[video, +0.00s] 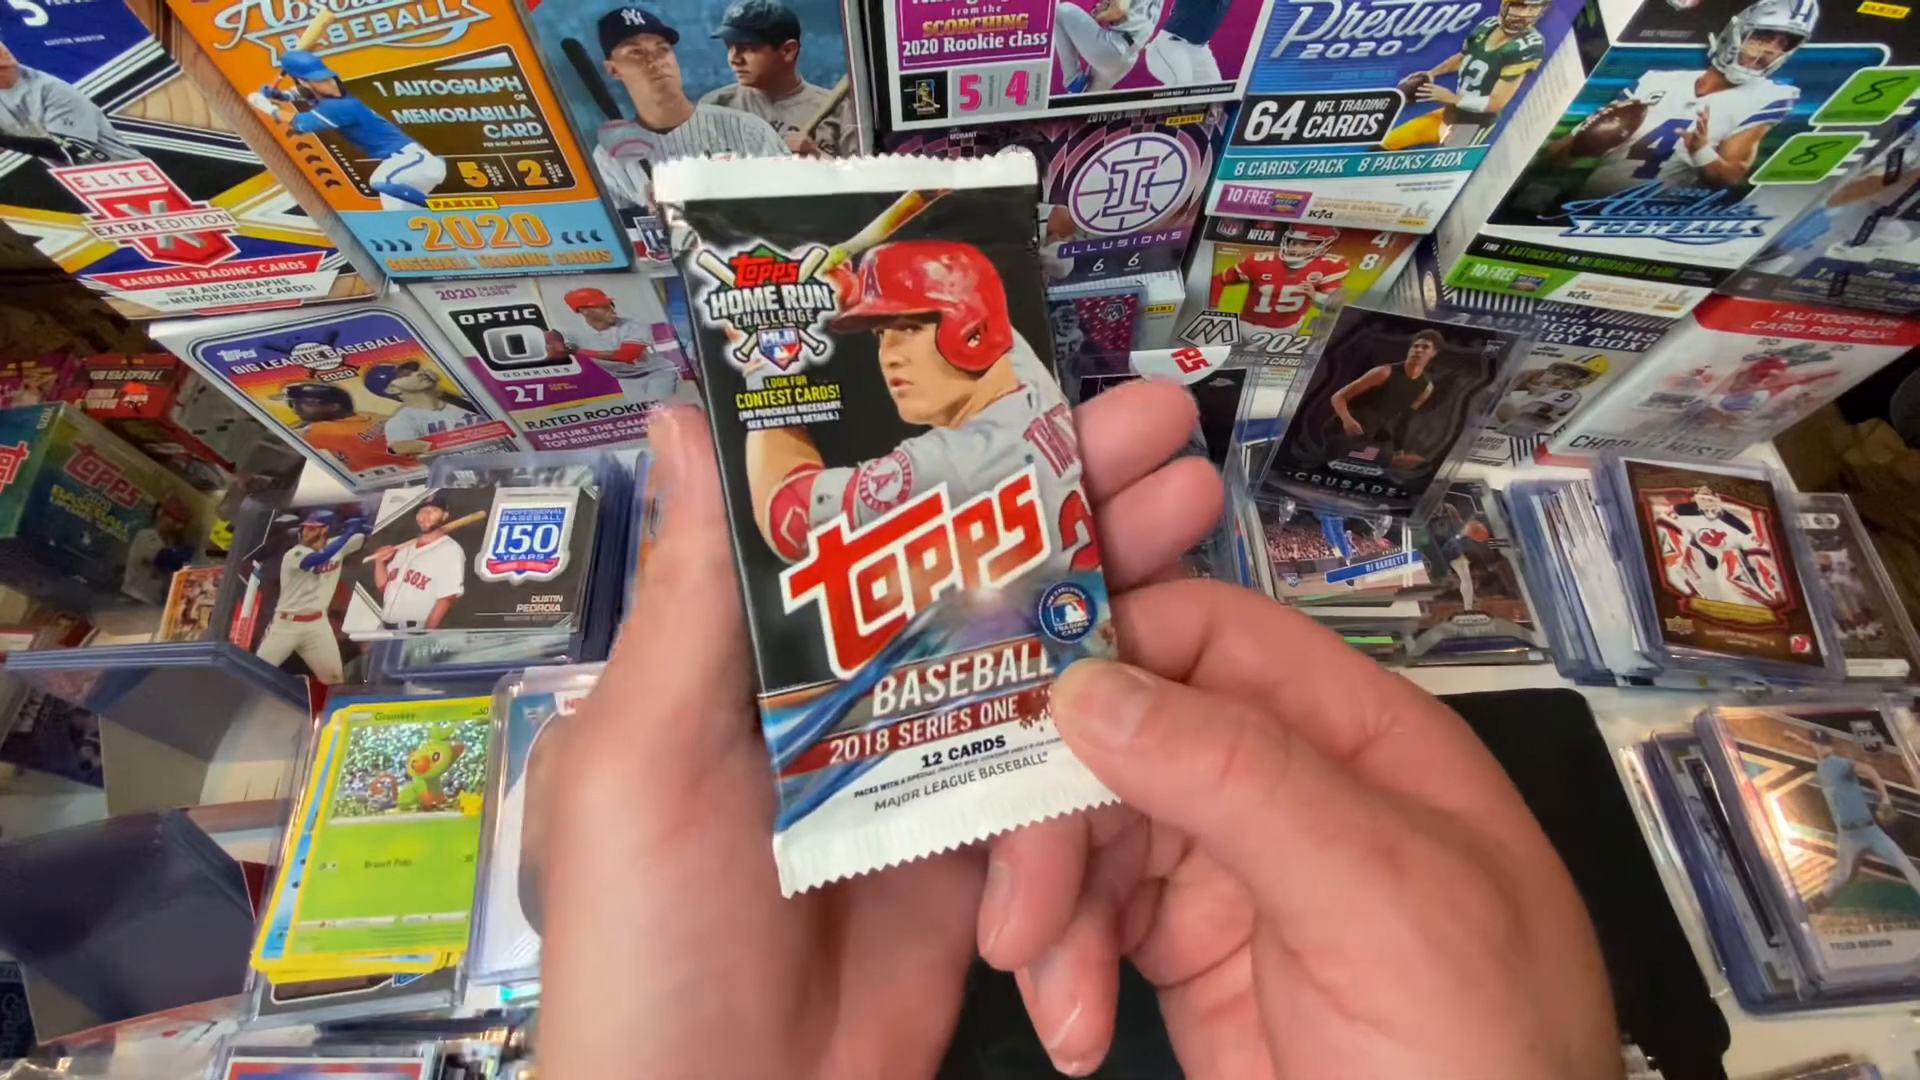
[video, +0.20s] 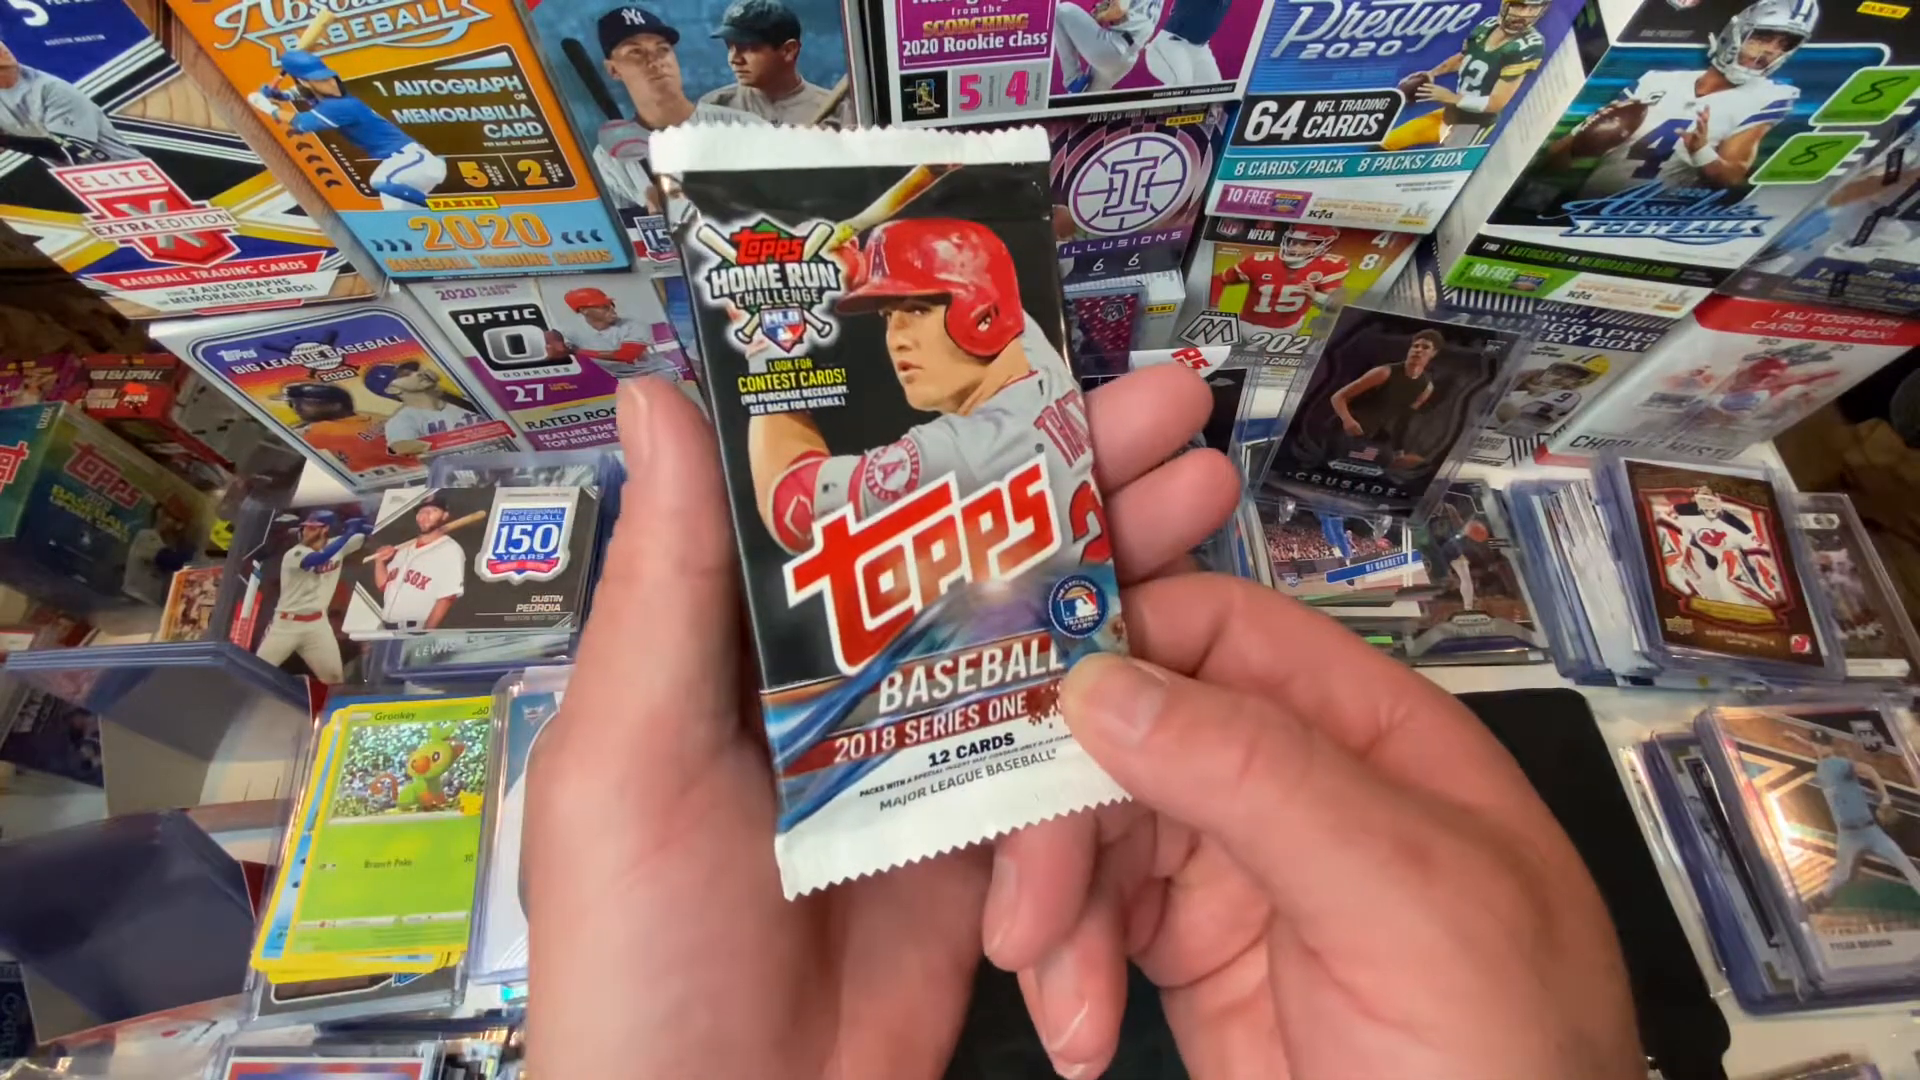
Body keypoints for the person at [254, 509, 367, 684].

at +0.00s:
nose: (304, 532)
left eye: (310, 528)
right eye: (304, 527)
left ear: (324, 531)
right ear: (302, 529)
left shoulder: (337, 548)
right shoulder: (293, 555)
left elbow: (367, 532)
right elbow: (318, 560)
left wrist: (358, 523)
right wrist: (347, 536)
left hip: (317, 625)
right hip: (284, 625)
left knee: (334, 681)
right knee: (258, 671)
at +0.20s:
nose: (304, 531)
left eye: (310, 528)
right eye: (304, 527)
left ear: (324, 530)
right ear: (303, 529)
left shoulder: (337, 548)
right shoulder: (294, 554)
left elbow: (368, 533)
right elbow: (318, 560)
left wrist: (359, 525)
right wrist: (347, 537)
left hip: (317, 626)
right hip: (285, 625)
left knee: (334, 679)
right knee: (257, 671)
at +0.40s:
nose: (304, 531)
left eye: (310, 528)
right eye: (304, 527)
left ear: (324, 530)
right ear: (303, 529)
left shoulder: (337, 548)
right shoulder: (293, 554)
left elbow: (368, 533)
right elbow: (318, 559)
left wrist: (359, 525)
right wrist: (346, 537)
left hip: (317, 625)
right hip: (285, 625)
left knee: (335, 678)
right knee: (257, 671)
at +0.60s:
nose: (304, 531)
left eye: (310, 528)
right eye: (304, 527)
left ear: (324, 530)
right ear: (302, 529)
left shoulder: (337, 548)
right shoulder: (293, 554)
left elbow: (367, 534)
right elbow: (318, 559)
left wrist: (358, 525)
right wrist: (346, 537)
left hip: (317, 626)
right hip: (284, 625)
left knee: (334, 679)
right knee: (257, 671)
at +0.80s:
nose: (304, 531)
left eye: (310, 528)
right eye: (304, 527)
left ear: (324, 530)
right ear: (302, 529)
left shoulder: (337, 548)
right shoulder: (293, 554)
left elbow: (367, 534)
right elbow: (319, 560)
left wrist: (358, 525)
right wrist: (346, 537)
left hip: (317, 625)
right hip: (285, 625)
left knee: (334, 679)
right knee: (258, 671)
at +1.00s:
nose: (304, 531)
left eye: (311, 528)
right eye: (304, 527)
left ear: (324, 531)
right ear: (303, 530)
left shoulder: (337, 548)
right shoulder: (294, 554)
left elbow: (366, 534)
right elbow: (318, 559)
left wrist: (359, 525)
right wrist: (346, 537)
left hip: (317, 625)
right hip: (285, 624)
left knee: (334, 677)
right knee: (258, 670)